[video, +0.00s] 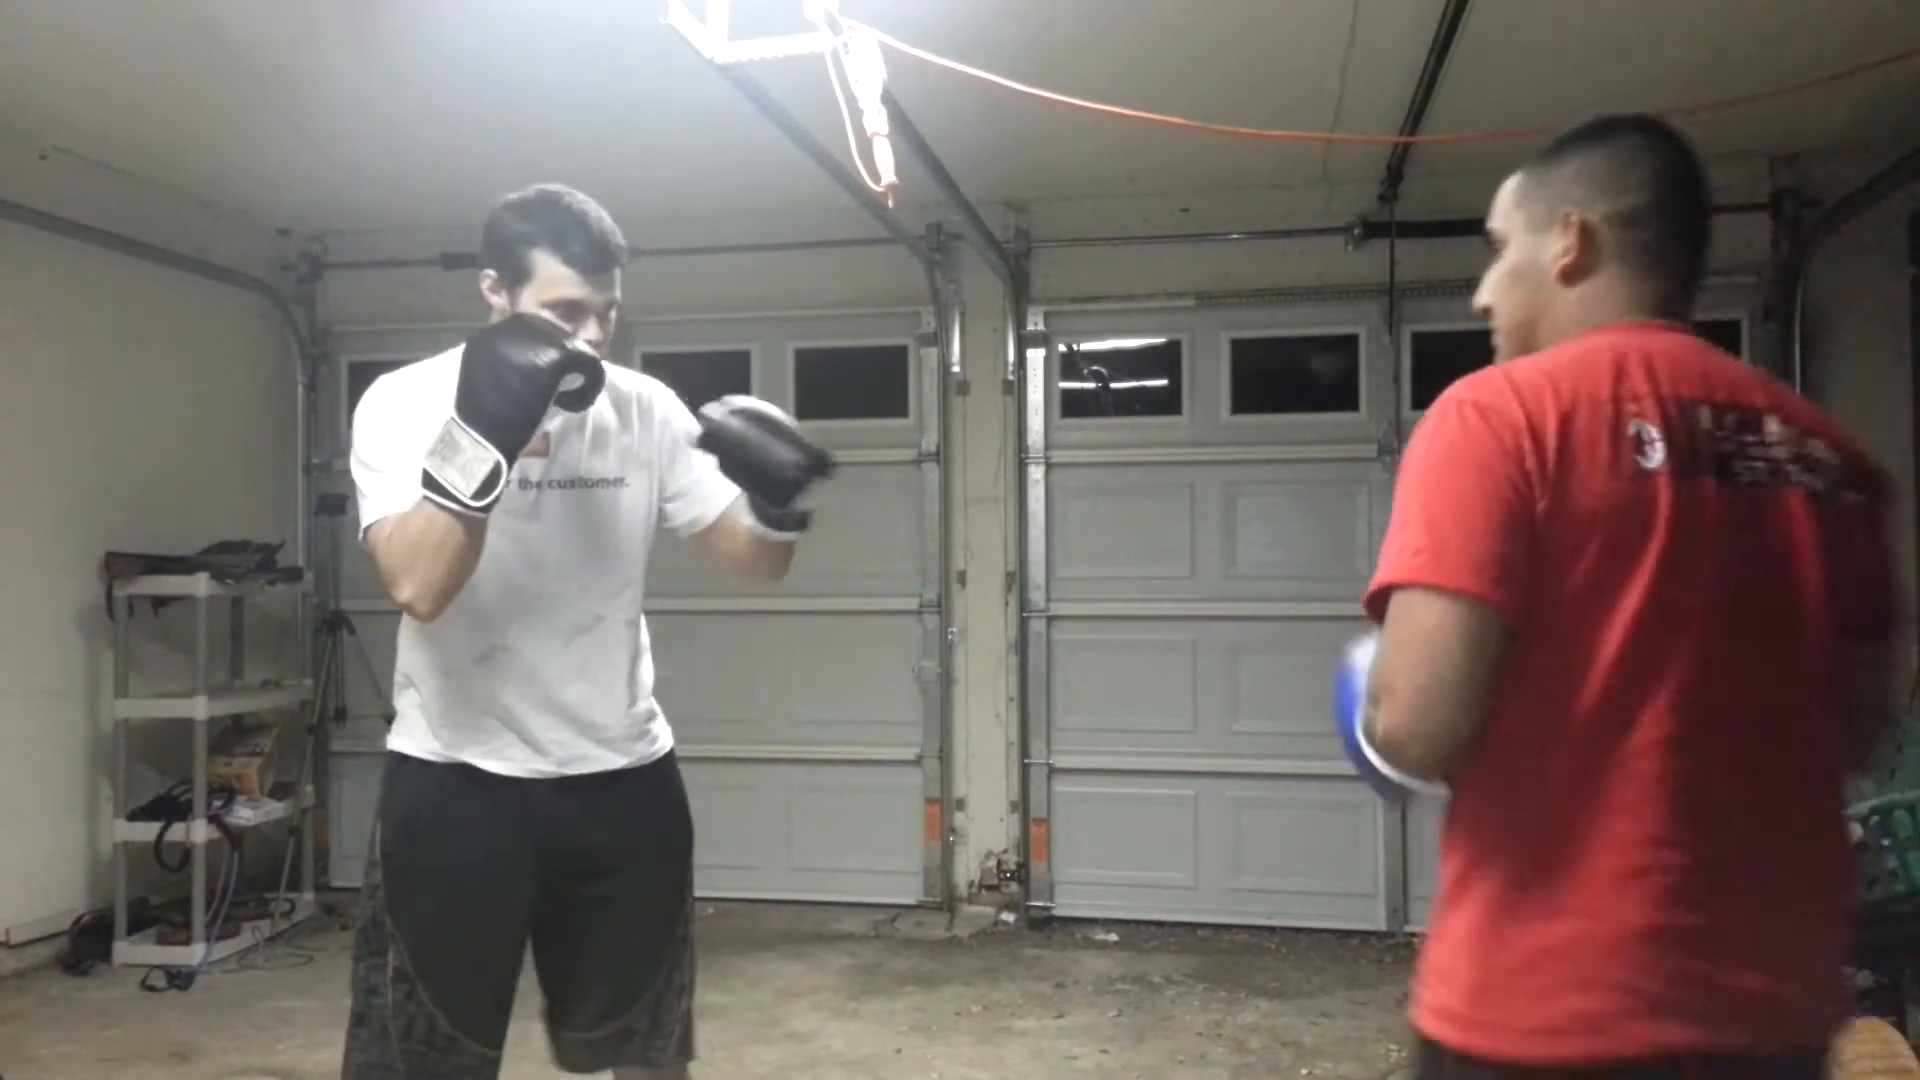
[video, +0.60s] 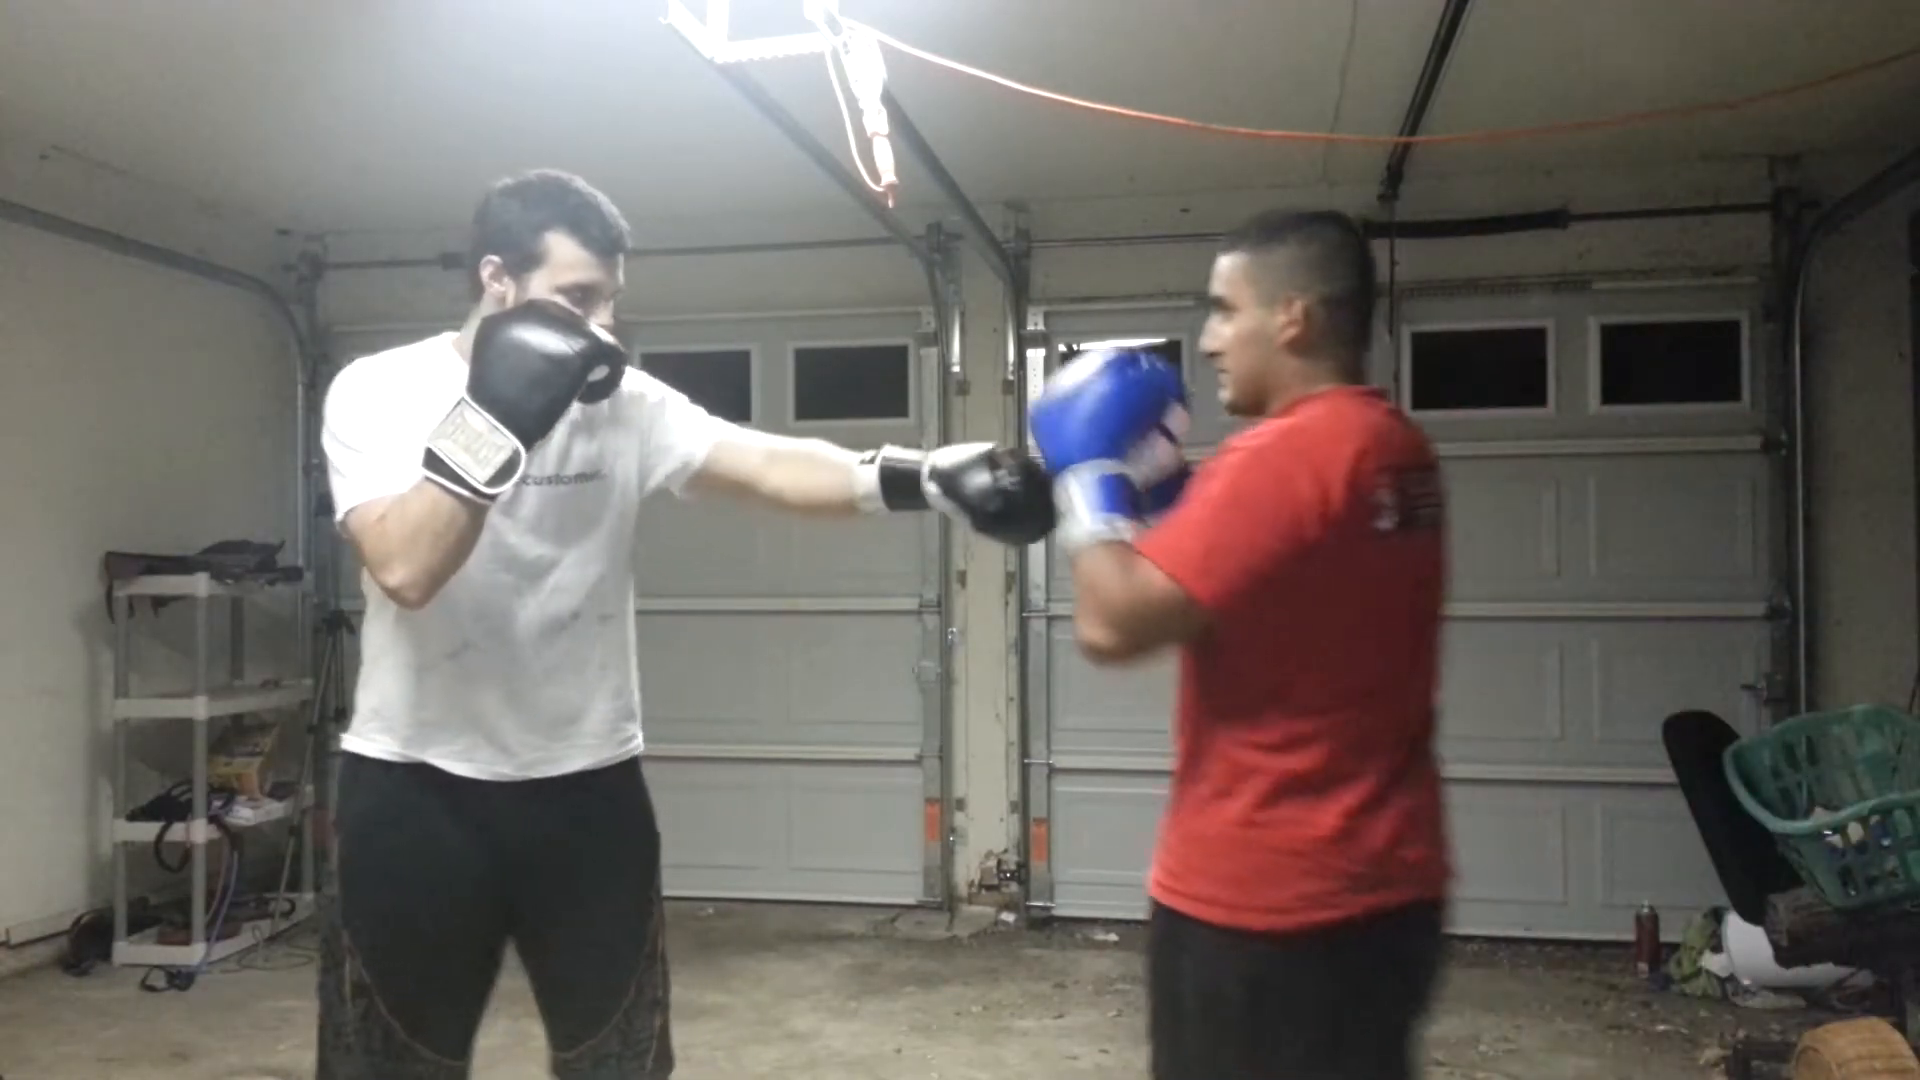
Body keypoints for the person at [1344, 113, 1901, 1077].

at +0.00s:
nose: (1481, 289)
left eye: (1498, 245)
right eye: (1489, 251)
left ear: (1570, 245)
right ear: (1680, 262)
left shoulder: (1498, 413)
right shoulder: (1834, 453)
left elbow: (1422, 730)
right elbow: (1861, 728)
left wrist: (1384, 677)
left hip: (1545, 1020)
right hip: (1773, 1018)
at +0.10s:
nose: (1442, 290)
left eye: (1459, 247)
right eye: (1450, 251)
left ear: (1536, 247)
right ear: (1625, 258)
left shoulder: (1489, 397)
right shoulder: (1750, 432)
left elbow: (1411, 694)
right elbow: (1742, 679)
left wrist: (1342, 662)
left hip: (1494, 1002)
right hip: (1716, 1001)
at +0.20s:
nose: (1398, 302)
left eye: (1415, 259)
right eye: (1404, 267)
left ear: (1494, 259)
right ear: (1519, 262)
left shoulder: (1467, 406)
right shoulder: (1668, 427)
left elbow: (1395, 680)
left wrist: (1299, 635)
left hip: (1454, 986)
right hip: (1653, 986)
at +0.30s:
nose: (1348, 317)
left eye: (1367, 281)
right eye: (1355, 287)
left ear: (1442, 284)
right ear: (1457, 285)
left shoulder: (1430, 426)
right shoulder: (1589, 435)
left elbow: (1356, 679)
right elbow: (1508, 651)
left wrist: (1244, 603)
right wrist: (1332, 572)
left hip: (1422, 977)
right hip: (1596, 973)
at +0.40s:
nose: (1296, 334)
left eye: (1316, 301)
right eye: (1302, 304)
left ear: (1388, 309)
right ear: (1395, 308)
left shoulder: (1385, 450)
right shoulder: (1516, 446)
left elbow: (1271, 679)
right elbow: (1430, 637)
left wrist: (1189, 561)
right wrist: (1283, 541)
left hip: (1370, 970)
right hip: (1523, 960)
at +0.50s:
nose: (1244, 338)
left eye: (1263, 309)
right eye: (1249, 311)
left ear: (1332, 318)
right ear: (1334, 318)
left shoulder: (1333, 457)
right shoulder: (1449, 448)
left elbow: (1183, 662)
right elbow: (1347, 619)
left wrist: (1129, 521)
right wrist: (1224, 517)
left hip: (1307, 935)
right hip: (1443, 920)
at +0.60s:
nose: (1208, 339)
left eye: (1225, 310)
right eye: (1212, 312)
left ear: (1293, 321)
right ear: (1295, 321)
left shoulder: (1291, 455)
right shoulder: (1397, 445)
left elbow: (1114, 620)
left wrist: (1081, 475)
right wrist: (1167, 487)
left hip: (1262, 907)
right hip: (1371, 892)